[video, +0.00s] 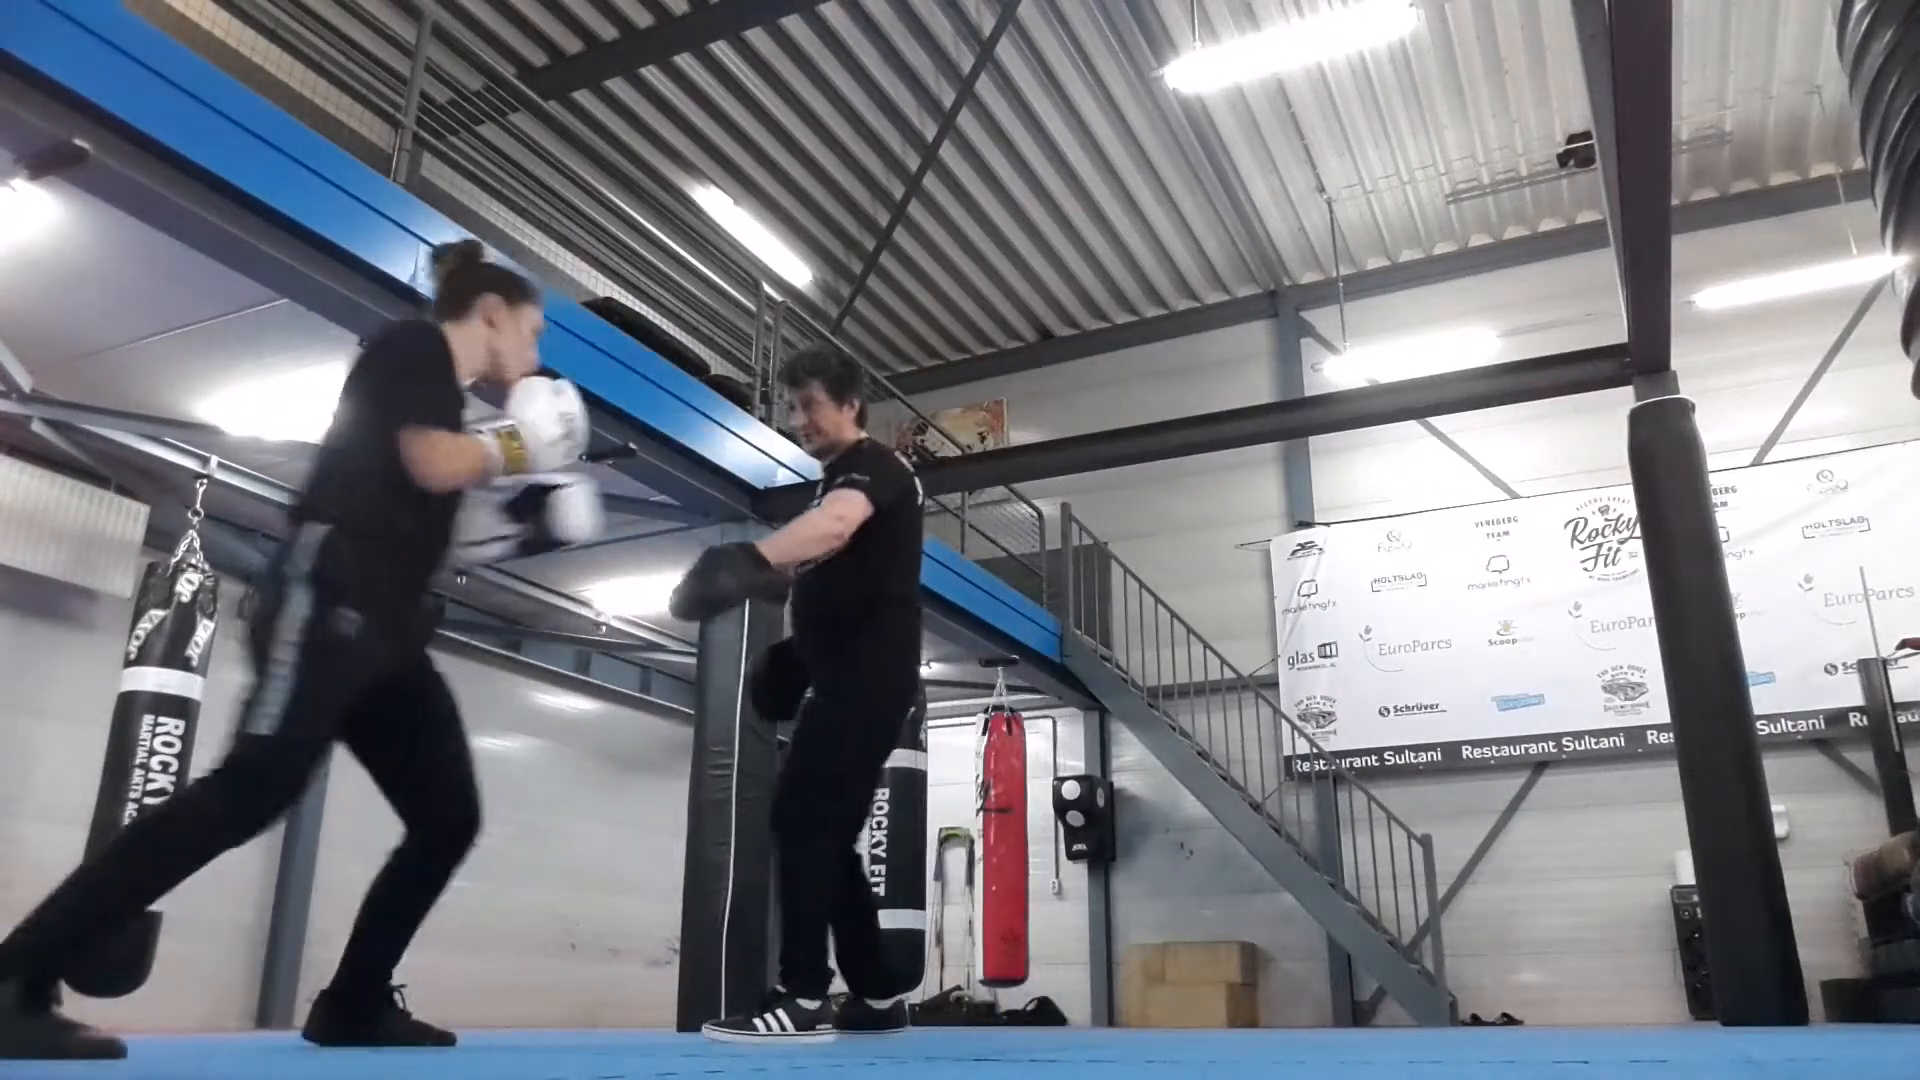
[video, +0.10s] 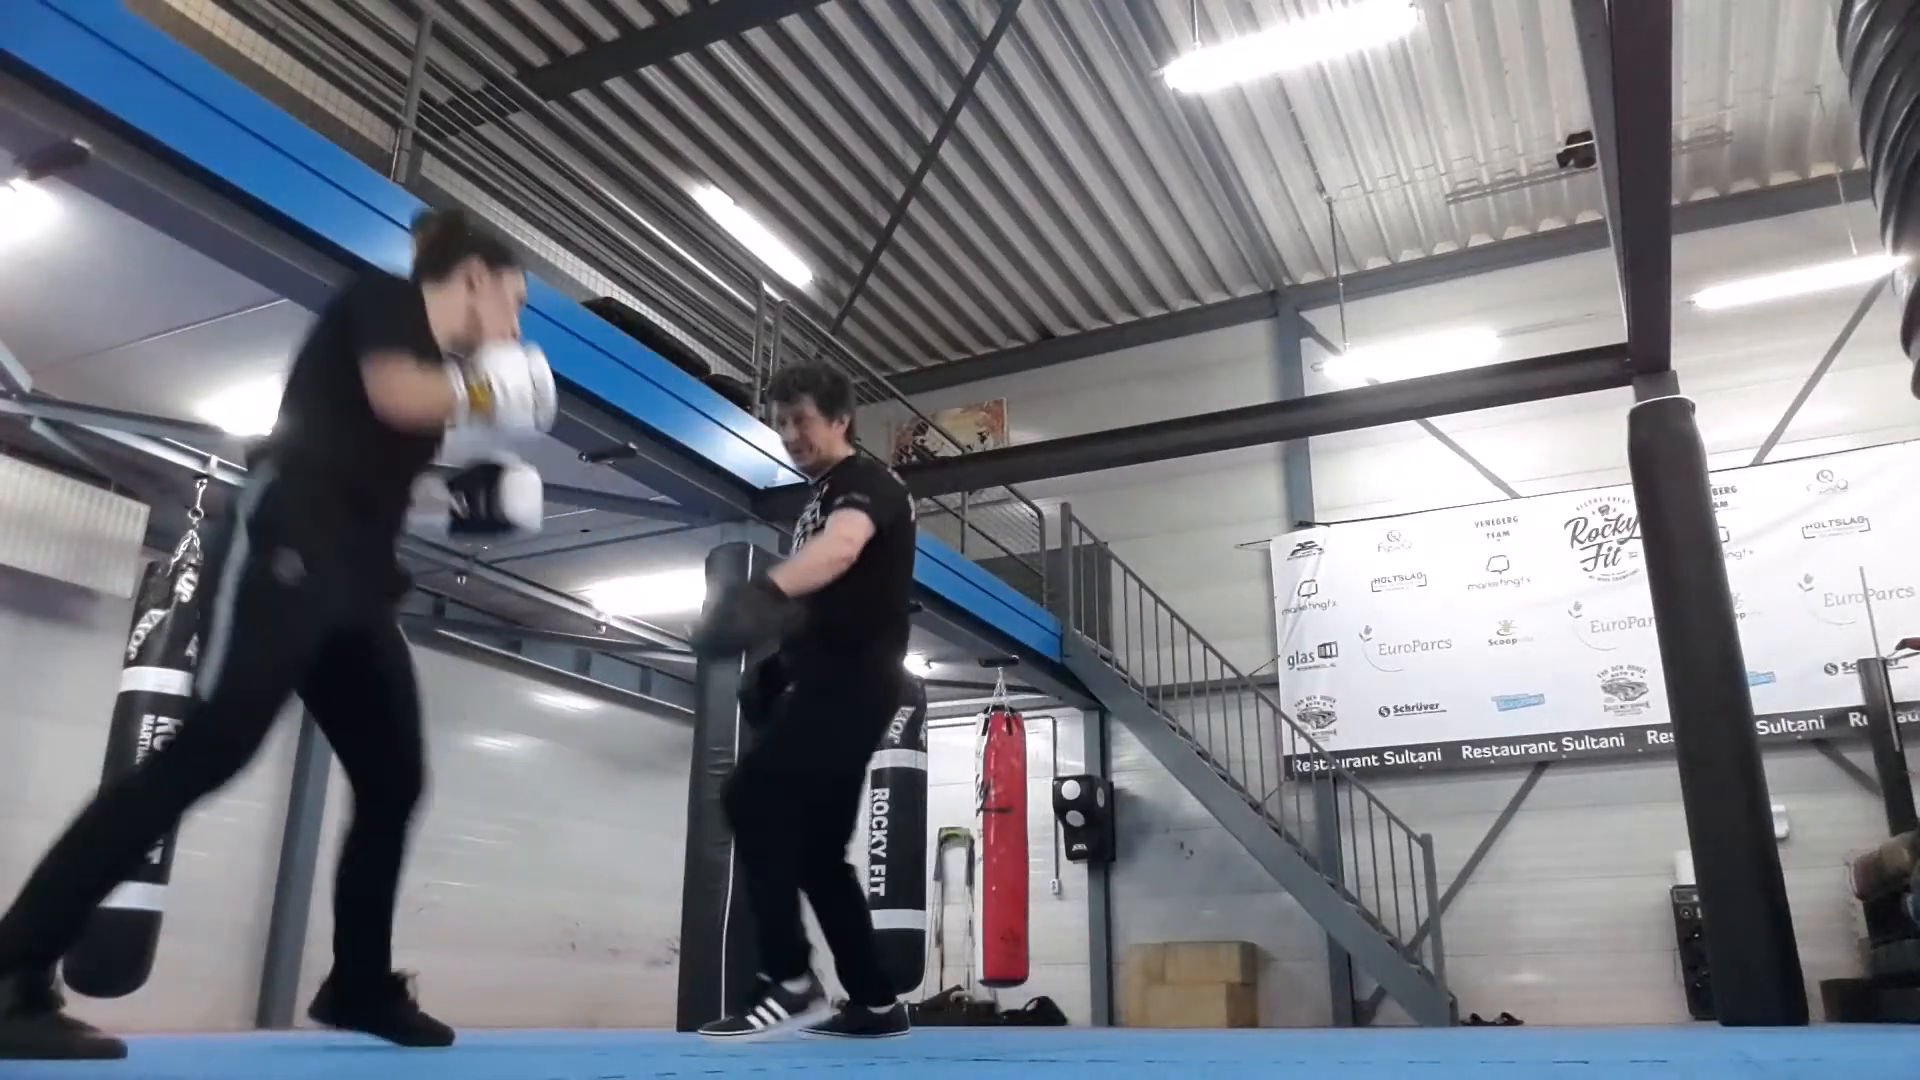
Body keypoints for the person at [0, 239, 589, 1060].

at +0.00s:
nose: (534, 356)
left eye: (536, 339)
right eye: (531, 334)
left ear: (483, 320)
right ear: (489, 314)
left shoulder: (445, 393)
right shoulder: (414, 347)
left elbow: (420, 503)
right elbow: (431, 462)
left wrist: (521, 525)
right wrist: (518, 439)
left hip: (382, 625)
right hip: (326, 603)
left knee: (446, 818)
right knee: (250, 793)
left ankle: (356, 1004)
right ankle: (22, 971)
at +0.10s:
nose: (516, 319)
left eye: (519, 303)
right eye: (513, 298)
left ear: (467, 284)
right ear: (472, 277)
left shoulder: (426, 362)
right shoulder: (379, 298)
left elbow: (370, 482)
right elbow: (394, 395)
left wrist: (462, 498)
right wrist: (491, 385)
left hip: (350, 584)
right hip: (285, 557)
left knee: (390, 779)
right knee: (208, 750)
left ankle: (361, 985)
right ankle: (16, 970)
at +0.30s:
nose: (477, 241)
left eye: (482, 228)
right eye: (474, 218)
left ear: (432, 214)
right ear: (432, 190)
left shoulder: (397, 294)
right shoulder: (360, 198)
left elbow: (359, 434)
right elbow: (383, 278)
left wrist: (468, 411)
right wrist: (480, 287)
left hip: (296, 486)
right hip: (239, 441)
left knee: (346, 727)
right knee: (187, 681)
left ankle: (243, 959)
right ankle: (4, 935)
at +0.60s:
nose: (436, 255)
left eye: (442, 241)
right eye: (435, 231)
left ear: (389, 207)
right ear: (395, 194)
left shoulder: (335, 282)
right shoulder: (318, 194)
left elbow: (285, 424)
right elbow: (258, 270)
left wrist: (389, 413)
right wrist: (369, 334)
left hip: (214, 460)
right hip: (170, 424)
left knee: (213, 707)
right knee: (190, 685)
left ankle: (104, 958)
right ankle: (18, 923)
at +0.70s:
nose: (432, 277)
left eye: (438, 260)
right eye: (433, 251)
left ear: (385, 227)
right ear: (392, 215)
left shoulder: (323, 302)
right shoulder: (308, 213)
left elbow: (263, 442)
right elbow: (221, 275)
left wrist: (387, 432)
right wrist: (338, 356)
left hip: (180, 469)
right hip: (133, 434)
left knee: (150, 739)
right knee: (231, 640)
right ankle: (133, 935)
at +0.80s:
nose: (428, 331)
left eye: (434, 313)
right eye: (429, 305)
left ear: (374, 278)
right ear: (380, 272)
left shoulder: (319, 368)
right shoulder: (259, 281)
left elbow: (329, 498)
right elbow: (223, 371)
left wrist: (428, 452)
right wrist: (358, 398)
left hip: (140, 548)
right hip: (91, 522)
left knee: (25, 798)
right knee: (248, 676)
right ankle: (235, 960)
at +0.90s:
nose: (469, 312)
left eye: (475, 296)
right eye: (469, 289)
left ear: (418, 272)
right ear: (424, 263)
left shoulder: (348, 342)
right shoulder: (317, 291)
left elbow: (360, 483)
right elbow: (347, 399)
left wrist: (436, 401)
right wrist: (460, 387)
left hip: (182, 544)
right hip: (136, 528)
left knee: (36, 780)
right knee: (306, 686)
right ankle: (223, 992)